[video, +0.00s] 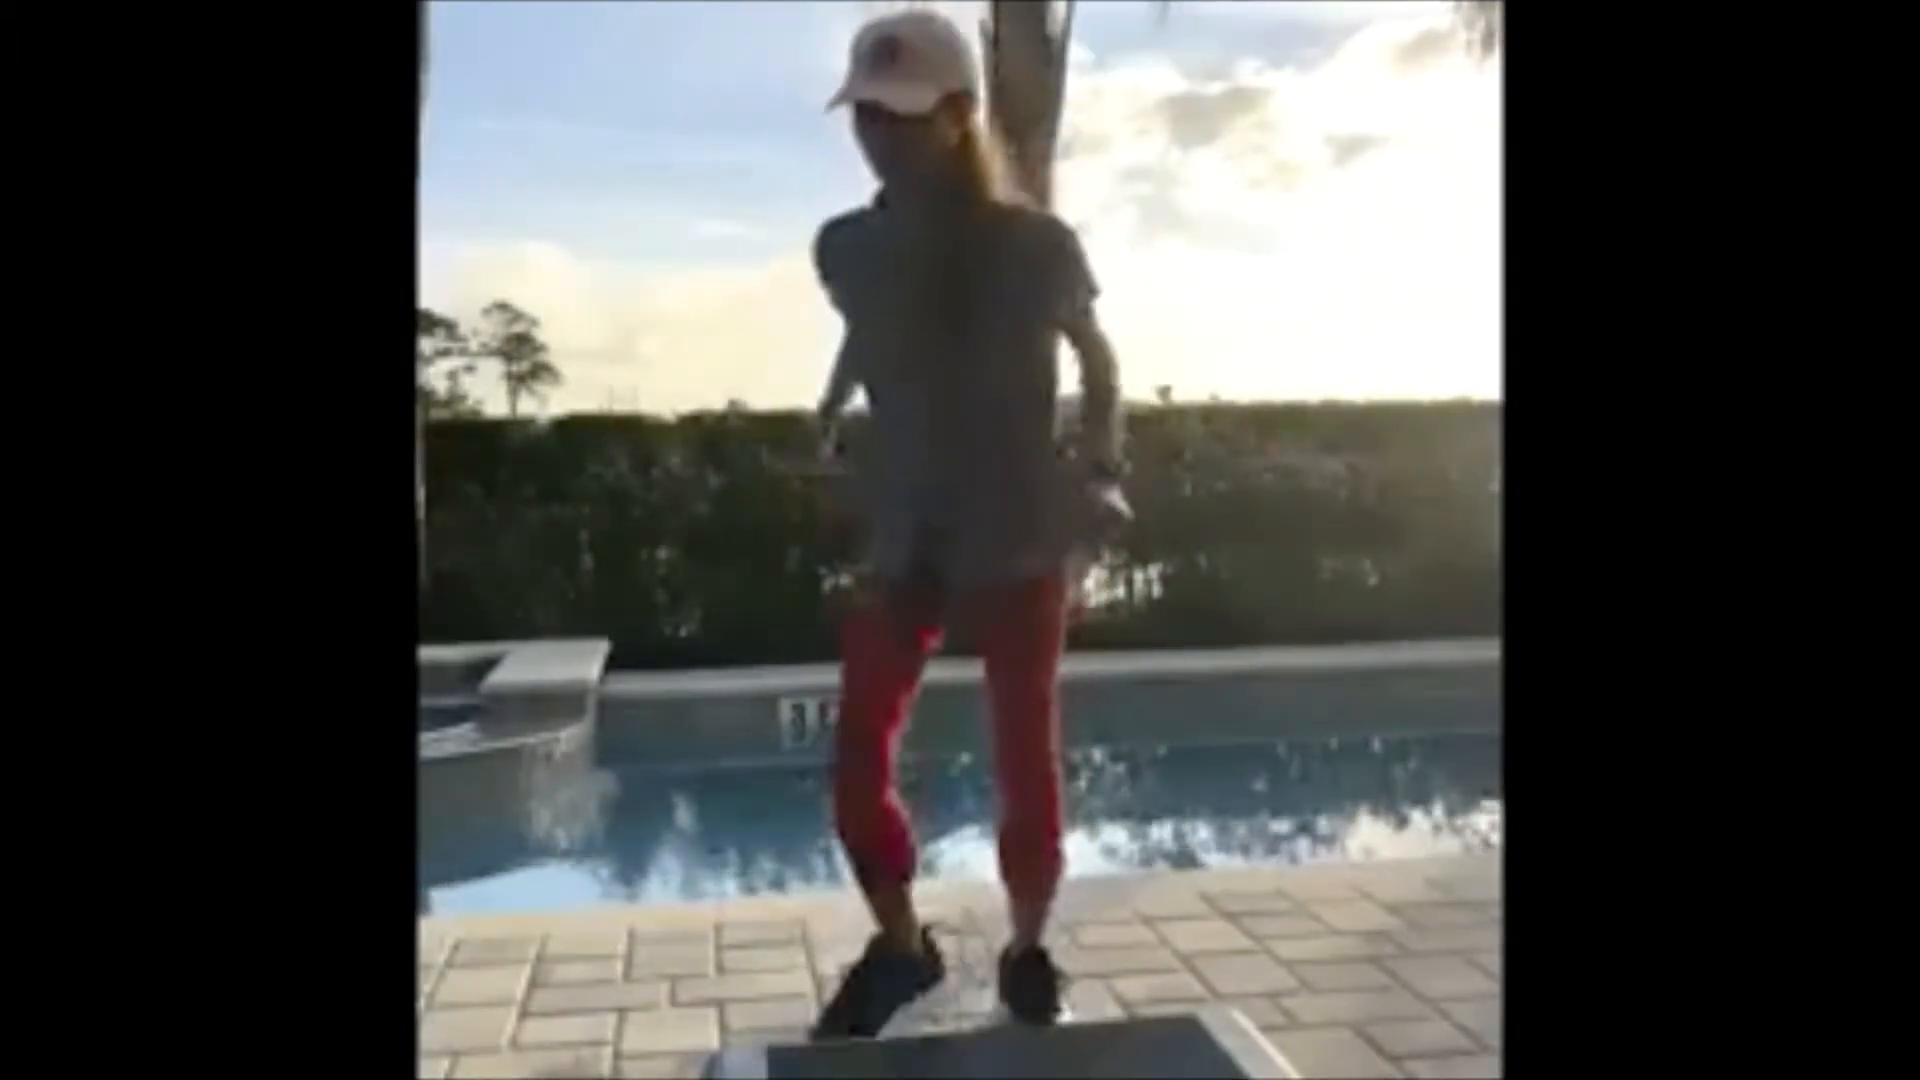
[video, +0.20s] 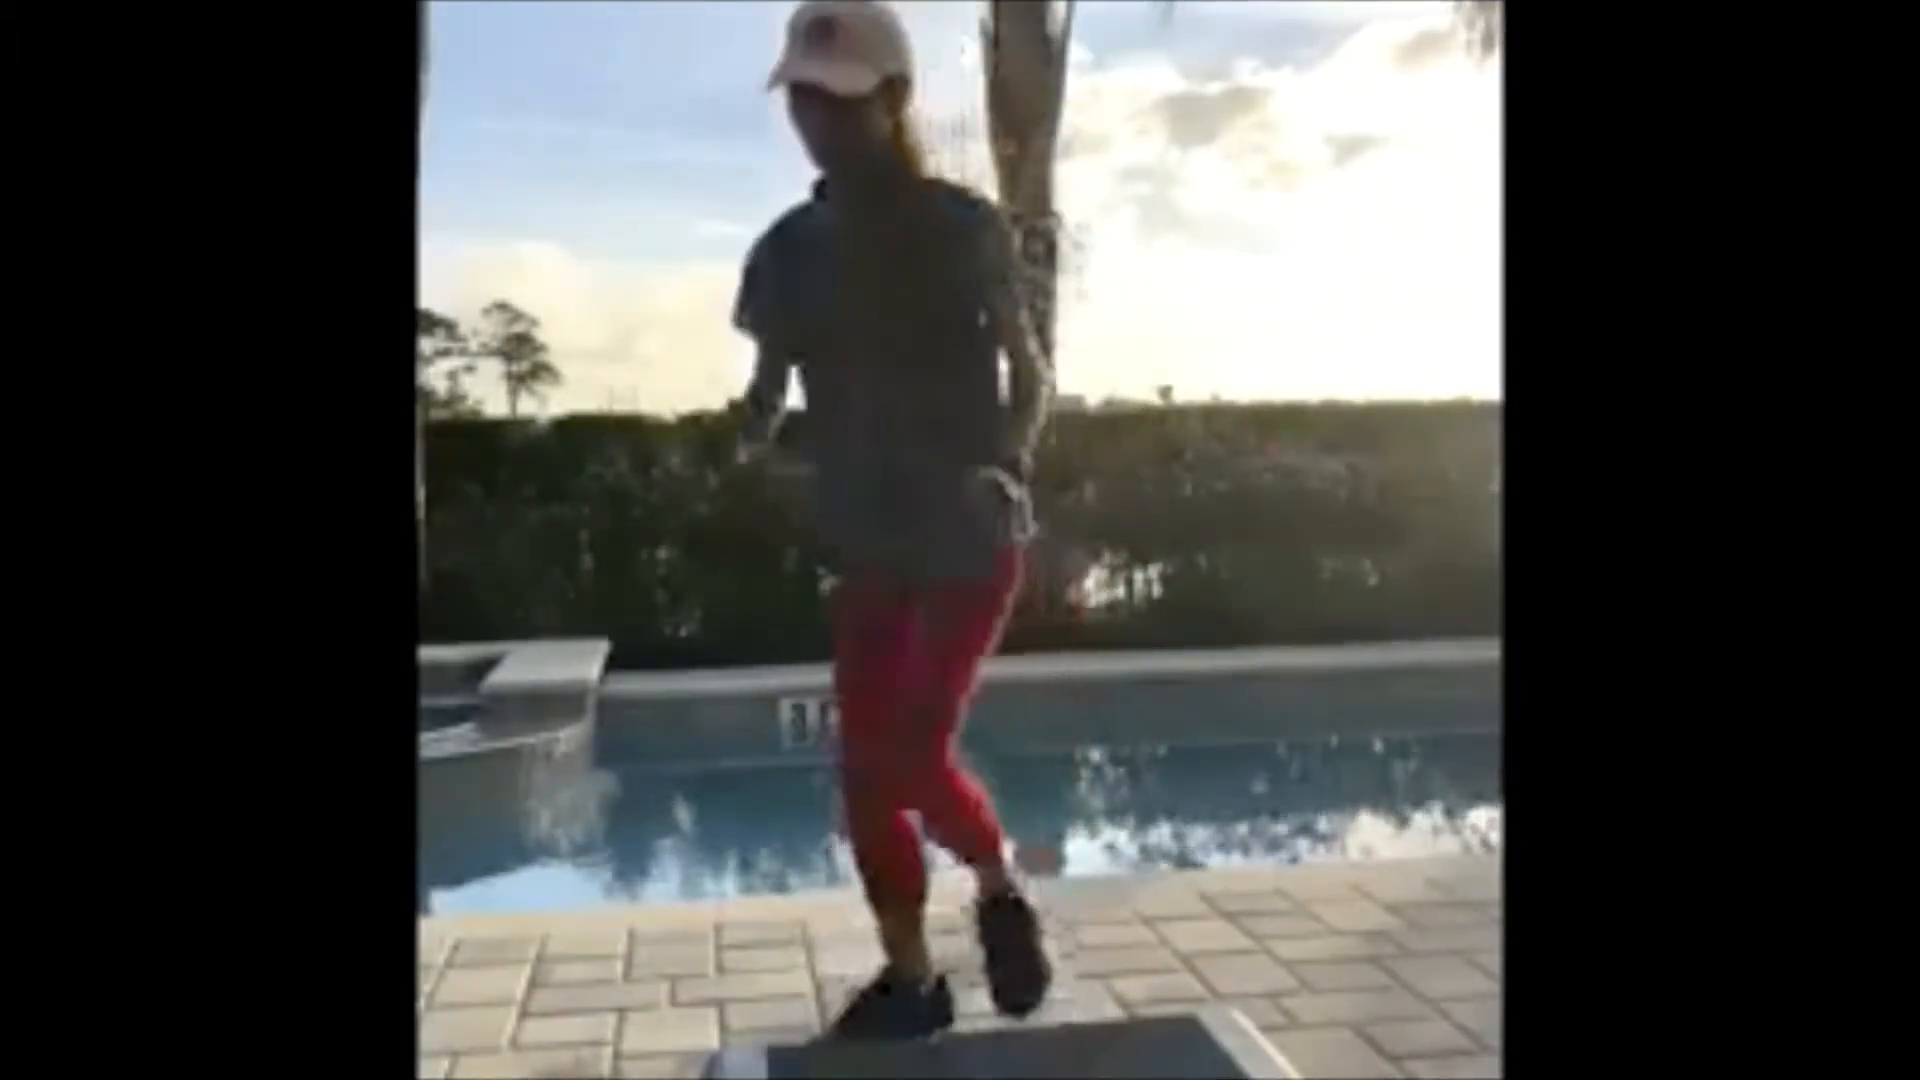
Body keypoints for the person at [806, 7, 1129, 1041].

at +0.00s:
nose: (883, 140)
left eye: (906, 119)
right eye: (867, 118)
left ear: (961, 119)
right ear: (850, 122)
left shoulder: (1036, 245)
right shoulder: (848, 248)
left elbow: (1100, 366)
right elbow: (866, 330)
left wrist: (1098, 470)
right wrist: (826, 411)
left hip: (1021, 524)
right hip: (901, 528)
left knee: (1025, 754)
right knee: (857, 756)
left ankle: (1028, 948)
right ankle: (900, 941)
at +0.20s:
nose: (814, 124)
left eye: (834, 103)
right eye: (801, 102)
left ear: (890, 102)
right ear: (788, 106)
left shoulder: (964, 224)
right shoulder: (795, 248)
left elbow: (1026, 368)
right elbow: (766, 393)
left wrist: (1007, 470)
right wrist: (759, 431)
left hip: (969, 518)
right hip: (863, 526)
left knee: (918, 751)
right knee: (867, 761)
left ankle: (1001, 896)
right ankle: (909, 974)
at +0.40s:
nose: (774, 108)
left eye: (795, 87)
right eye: (761, 86)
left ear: (854, 88)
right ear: (748, 88)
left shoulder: (909, 193)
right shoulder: (728, 223)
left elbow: (1015, 249)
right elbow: (578, 274)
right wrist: (589, 187)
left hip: (938, 501)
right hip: (825, 516)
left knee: (834, 632)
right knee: (874, 720)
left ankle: (867, 898)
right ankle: (911, 963)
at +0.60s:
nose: (770, 11)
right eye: (756, 2)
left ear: (833, 2)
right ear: (743, 14)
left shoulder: (883, 90)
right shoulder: (720, 110)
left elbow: (946, 74)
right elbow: (630, 170)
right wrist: (502, 105)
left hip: (882, 440)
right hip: (755, 450)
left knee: (803, 672)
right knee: (765, 699)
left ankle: (826, 967)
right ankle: (850, 903)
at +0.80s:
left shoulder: (798, 9)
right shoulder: (740, 45)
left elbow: (846, 154)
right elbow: (755, 228)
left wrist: (696, 81)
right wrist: (644, 285)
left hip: (843, 376)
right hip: (741, 366)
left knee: (825, 666)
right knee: (569, 357)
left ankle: (824, 967)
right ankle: (666, 627)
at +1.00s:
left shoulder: (767, 43)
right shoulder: (703, 66)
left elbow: (761, 253)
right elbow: (716, 261)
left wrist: (662, 360)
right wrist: (650, 357)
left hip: (799, 397)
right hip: (706, 380)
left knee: (800, 686)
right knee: (534, 208)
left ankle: (824, 972)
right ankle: (612, 528)